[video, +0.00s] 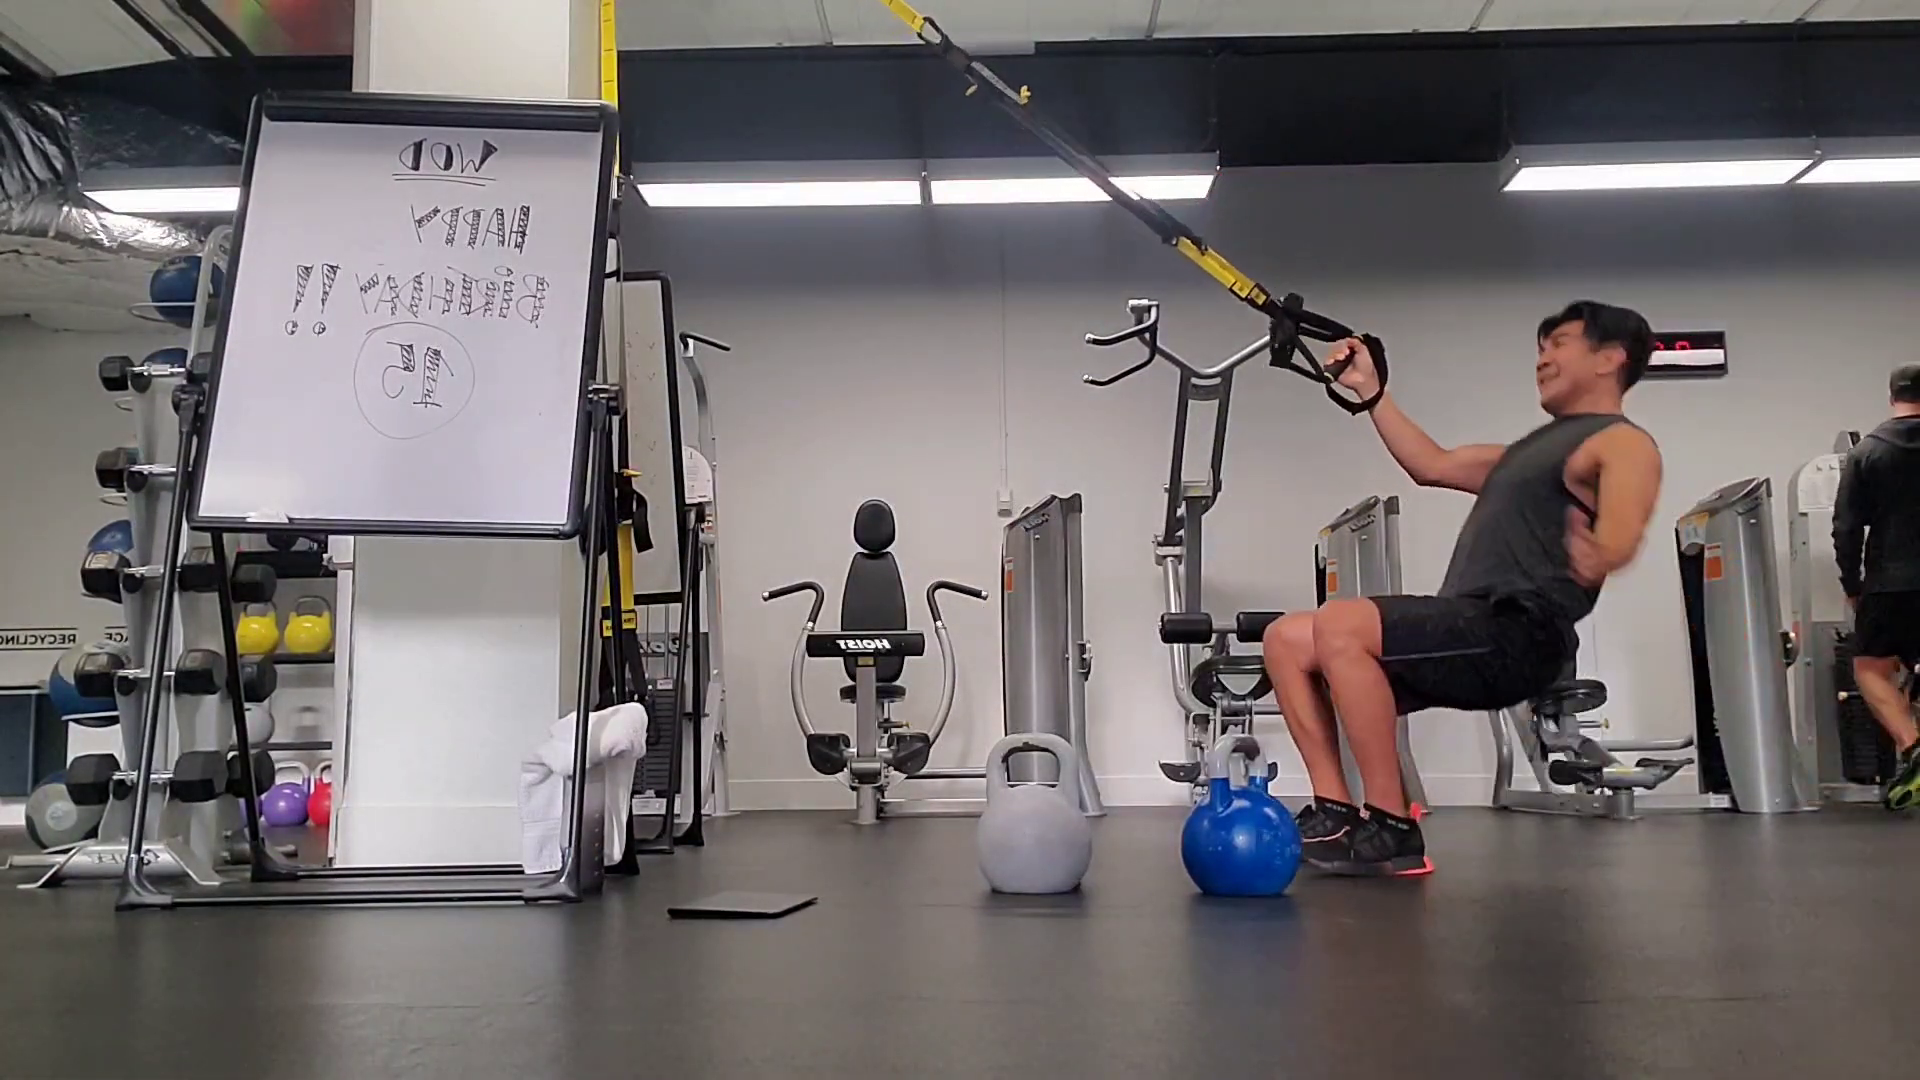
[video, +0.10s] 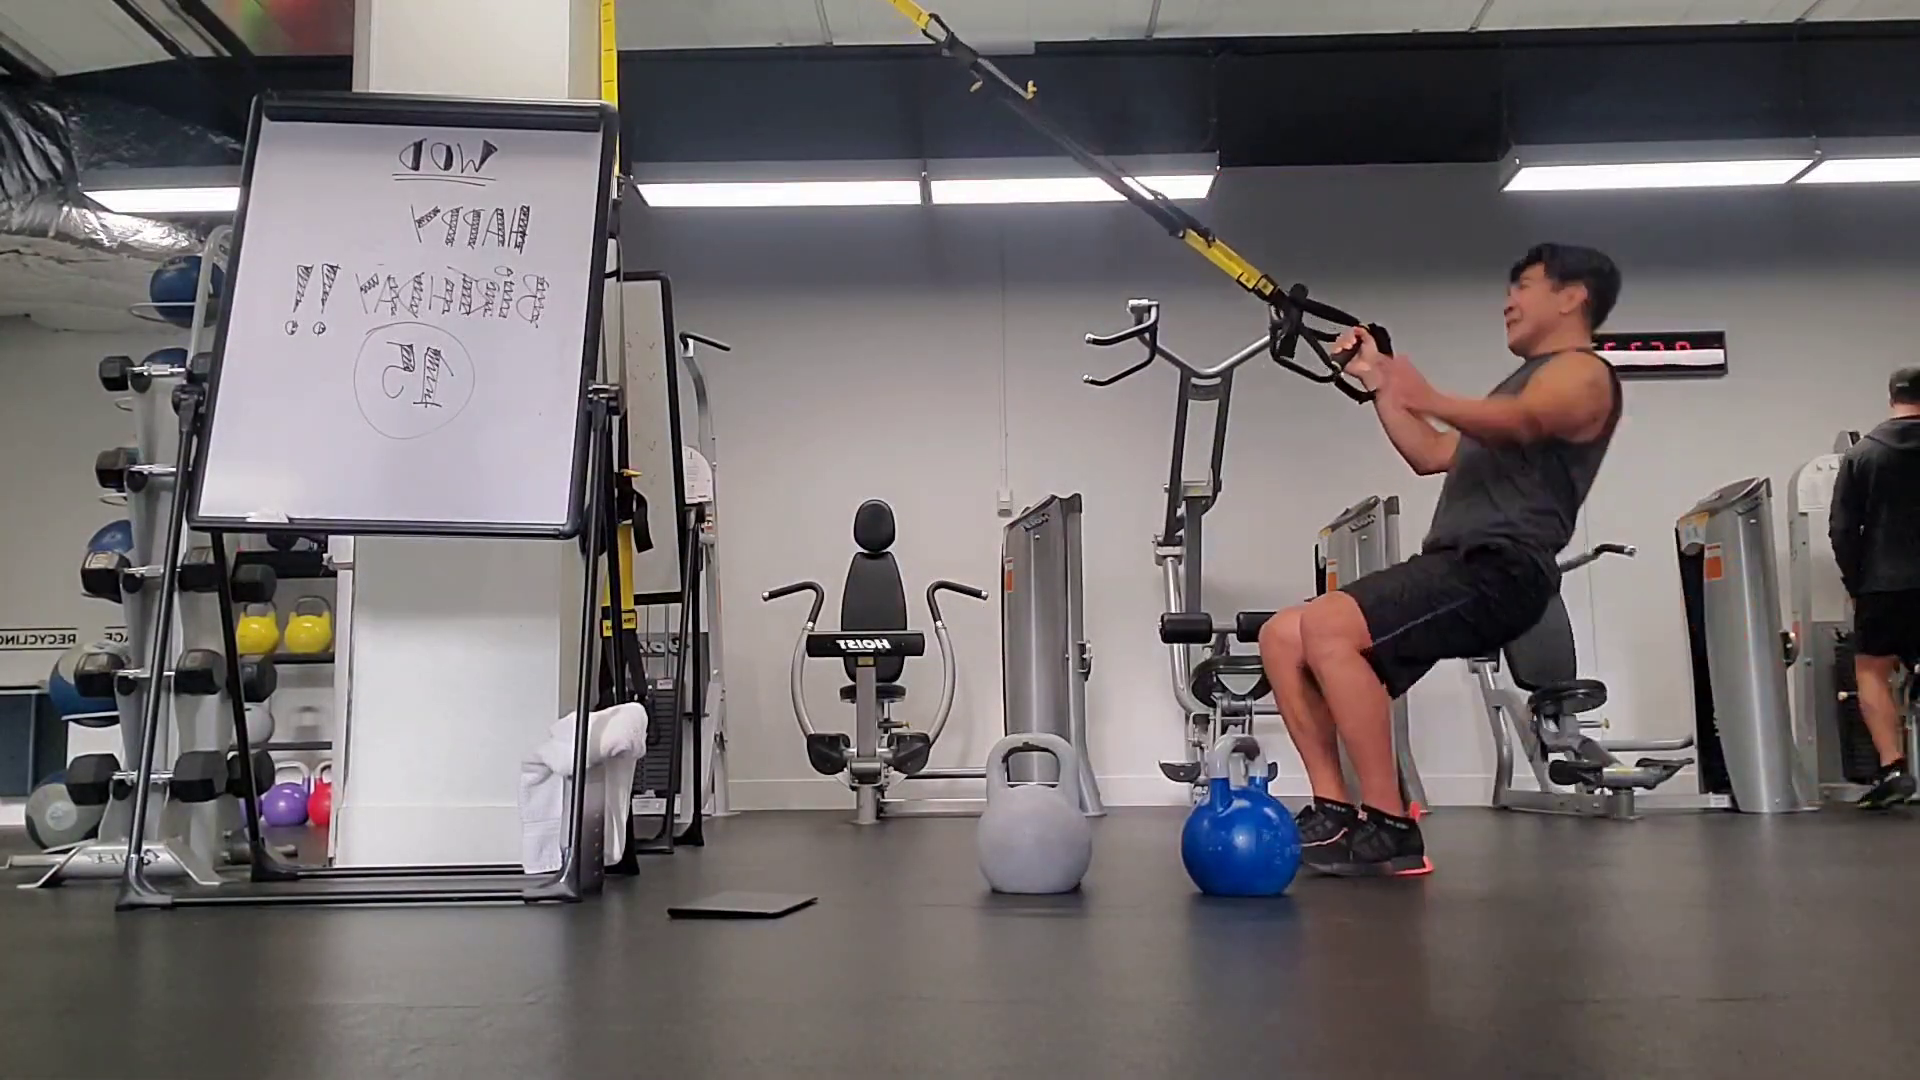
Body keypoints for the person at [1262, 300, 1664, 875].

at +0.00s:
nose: (1541, 358)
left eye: (1558, 342)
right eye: (1541, 349)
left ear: (1611, 357)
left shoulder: (1626, 443)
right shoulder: (1529, 453)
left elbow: (1621, 538)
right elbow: (1432, 465)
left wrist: (1595, 557)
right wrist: (1373, 392)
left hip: (1520, 631)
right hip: (1467, 623)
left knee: (1341, 629)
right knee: (1286, 638)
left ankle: (1391, 825)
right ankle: (1333, 811)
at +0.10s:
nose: (1506, 300)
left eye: (1522, 284)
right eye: (1511, 287)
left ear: (1574, 297)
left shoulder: (1582, 371)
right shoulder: (1519, 386)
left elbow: (1526, 423)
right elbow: (1428, 454)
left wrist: (1428, 399)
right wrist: (1378, 381)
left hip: (1499, 571)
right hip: (1453, 564)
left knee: (1328, 629)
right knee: (1281, 636)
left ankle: (1389, 824)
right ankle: (1334, 809)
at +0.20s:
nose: (1470, 243)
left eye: (1486, 228)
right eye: (1475, 231)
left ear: (1534, 238)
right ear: (1529, 242)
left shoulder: (1541, 305)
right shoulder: (1498, 326)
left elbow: (1439, 312)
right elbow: (1439, 439)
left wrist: (1323, 271)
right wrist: (1386, 380)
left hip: (1479, 508)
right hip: (1436, 509)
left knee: (1330, 622)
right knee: (1289, 630)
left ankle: (1388, 824)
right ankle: (1337, 812)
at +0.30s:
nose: (1436, 195)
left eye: (1451, 181)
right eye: (1441, 183)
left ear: (1495, 192)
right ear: (1490, 196)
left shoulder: (1491, 247)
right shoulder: (1474, 271)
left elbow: (1365, 237)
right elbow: (1440, 407)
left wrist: (1252, 186)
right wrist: (1389, 363)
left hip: (1458, 460)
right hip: (1421, 463)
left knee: (1344, 617)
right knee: (1301, 612)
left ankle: (1389, 824)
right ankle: (1332, 804)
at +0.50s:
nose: (1380, 164)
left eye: (1393, 153)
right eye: (1387, 153)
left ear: (1432, 164)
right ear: (1442, 171)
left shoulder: (1398, 206)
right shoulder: (1468, 265)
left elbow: (1269, 172)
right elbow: (1466, 384)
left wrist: (1158, 128)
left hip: (1399, 433)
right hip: (1421, 440)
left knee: (1360, 615)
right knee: (1321, 617)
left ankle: (1387, 822)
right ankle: (1315, 803)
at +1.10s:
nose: (1346, 186)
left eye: (1357, 173)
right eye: (1349, 175)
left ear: (1402, 180)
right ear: (1403, 185)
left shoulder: (1406, 228)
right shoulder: (1396, 258)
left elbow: (1301, 194)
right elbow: (1408, 369)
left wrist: (1190, 144)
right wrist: (1340, 353)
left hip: (1401, 440)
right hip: (1360, 447)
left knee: (1350, 616)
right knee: (1304, 625)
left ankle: (1386, 817)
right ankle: (1314, 807)